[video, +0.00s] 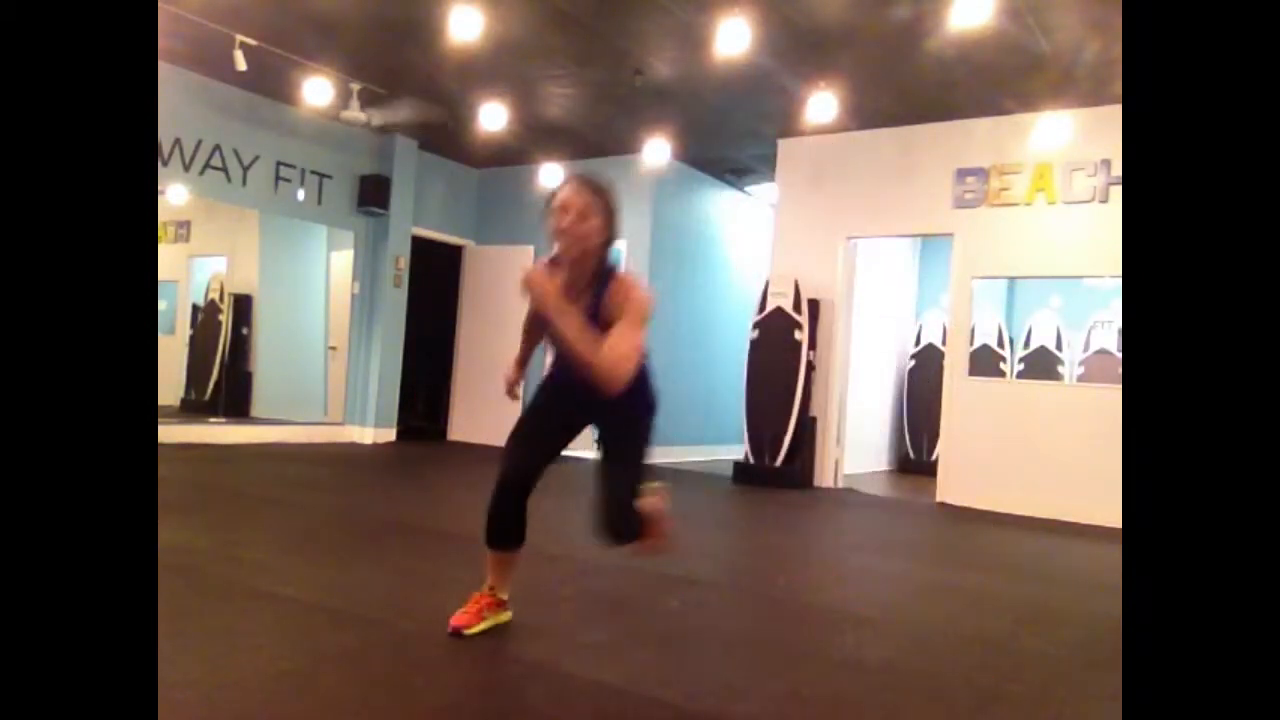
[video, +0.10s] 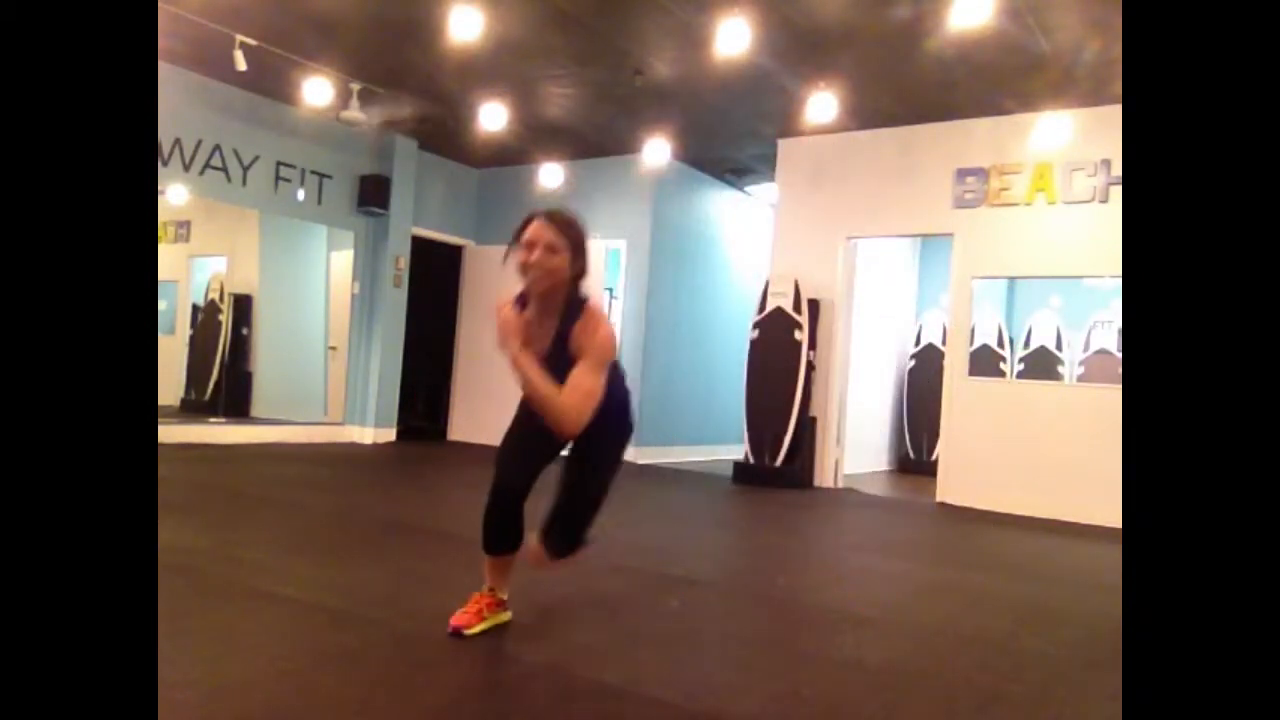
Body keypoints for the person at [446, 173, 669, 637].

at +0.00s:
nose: (568, 224)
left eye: (583, 215)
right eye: (561, 213)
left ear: (606, 228)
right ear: (550, 223)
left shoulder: (629, 293)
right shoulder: (545, 277)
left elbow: (614, 374)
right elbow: (537, 322)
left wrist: (553, 304)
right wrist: (519, 365)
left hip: (623, 400)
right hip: (566, 388)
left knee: (618, 524)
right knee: (512, 480)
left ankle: (653, 513)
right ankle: (494, 595)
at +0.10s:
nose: (534, 258)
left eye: (550, 250)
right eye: (526, 247)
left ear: (574, 264)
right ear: (516, 256)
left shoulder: (595, 329)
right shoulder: (514, 312)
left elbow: (570, 420)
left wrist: (517, 350)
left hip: (603, 417)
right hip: (544, 401)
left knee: (556, 543)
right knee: (504, 492)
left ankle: (547, 545)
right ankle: (494, 597)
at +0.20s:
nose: (525, 273)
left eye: (541, 266)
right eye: (517, 262)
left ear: (567, 279)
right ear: (506, 271)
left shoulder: (588, 339)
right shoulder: (503, 324)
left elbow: (557, 440)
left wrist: (506, 368)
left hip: (594, 425)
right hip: (536, 409)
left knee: (543, 544)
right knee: (501, 497)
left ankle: (502, 535)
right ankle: (494, 597)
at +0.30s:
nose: (538, 261)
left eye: (555, 254)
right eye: (532, 250)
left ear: (578, 268)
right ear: (521, 259)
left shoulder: (598, 334)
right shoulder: (519, 317)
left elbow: (572, 433)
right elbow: (510, 371)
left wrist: (518, 363)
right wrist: (493, 407)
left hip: (598, 425)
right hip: (542, 403)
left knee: (548, 534)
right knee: (503, 494)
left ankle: (497, 535)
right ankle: (494, 596)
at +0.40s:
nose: (578, 235)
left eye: (593, 225)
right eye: (570, 223)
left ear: (617, 239)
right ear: (558, 234)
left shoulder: (635, 301)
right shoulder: (549, 292)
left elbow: (610, 388)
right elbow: (510, 352)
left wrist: (564, 307)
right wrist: (454, 397)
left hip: (618, 406)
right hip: (562, 389)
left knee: (574, 509)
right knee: (510, 485)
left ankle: (560, 537)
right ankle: (495, 596)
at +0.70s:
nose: (772, 158)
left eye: (783, 147)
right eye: (760, 146)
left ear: (799, 150)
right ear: (739, 147)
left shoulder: (820, 199)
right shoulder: (717, 196)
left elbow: (909, 230)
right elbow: (663, 280)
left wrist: (855, 229)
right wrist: (690, 227)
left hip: (774, 356)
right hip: (708, 349)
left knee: (827, 464)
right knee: (625, 442)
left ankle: (895, 573)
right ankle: (543, 537)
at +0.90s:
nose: (886, 235)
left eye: (897, 224)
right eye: (874, 224)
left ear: (910, 227)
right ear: (850, 225)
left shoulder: (932, 281)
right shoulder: (823, 284)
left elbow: (990, 343)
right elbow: (830, 364)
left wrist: (1018, 426)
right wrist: (866, 304)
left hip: (890, 417)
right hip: (824, 416)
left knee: (935, 524)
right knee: (769, 529)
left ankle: (965, 652)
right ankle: (780, 482)